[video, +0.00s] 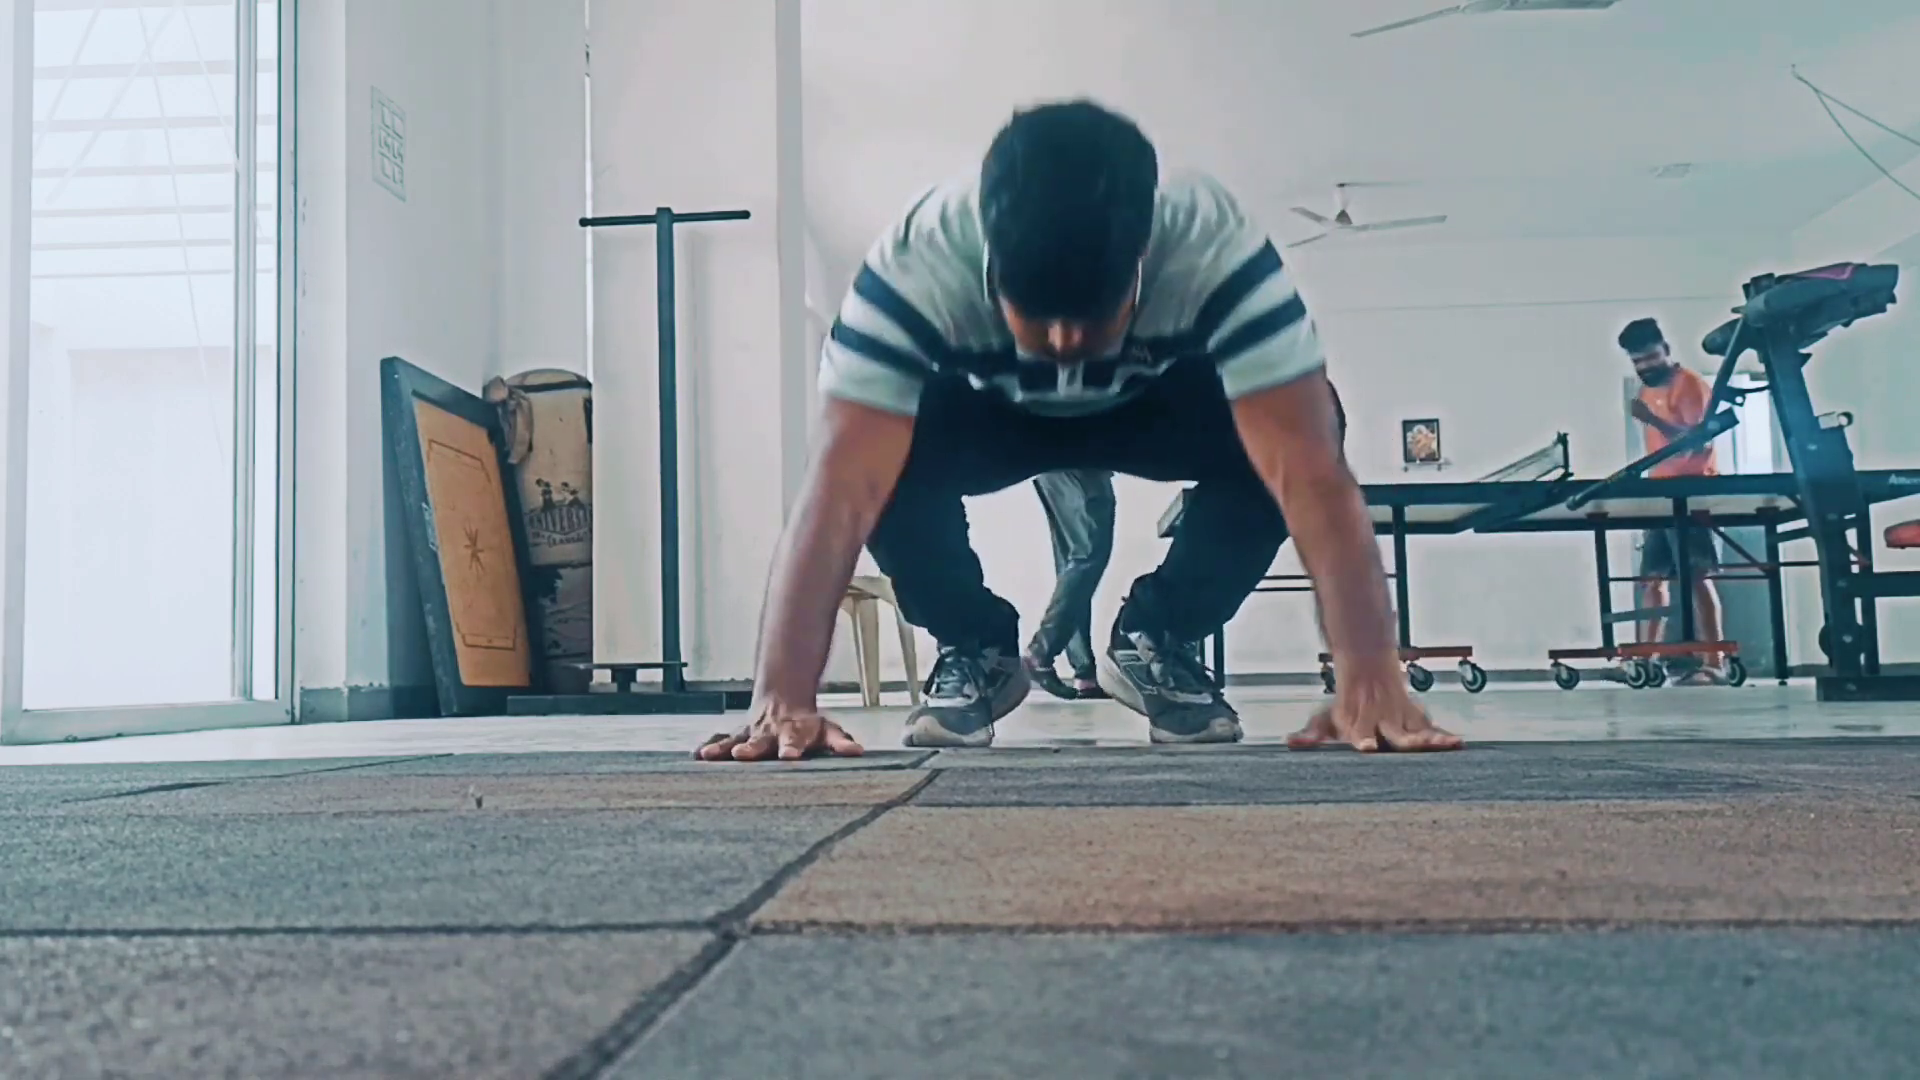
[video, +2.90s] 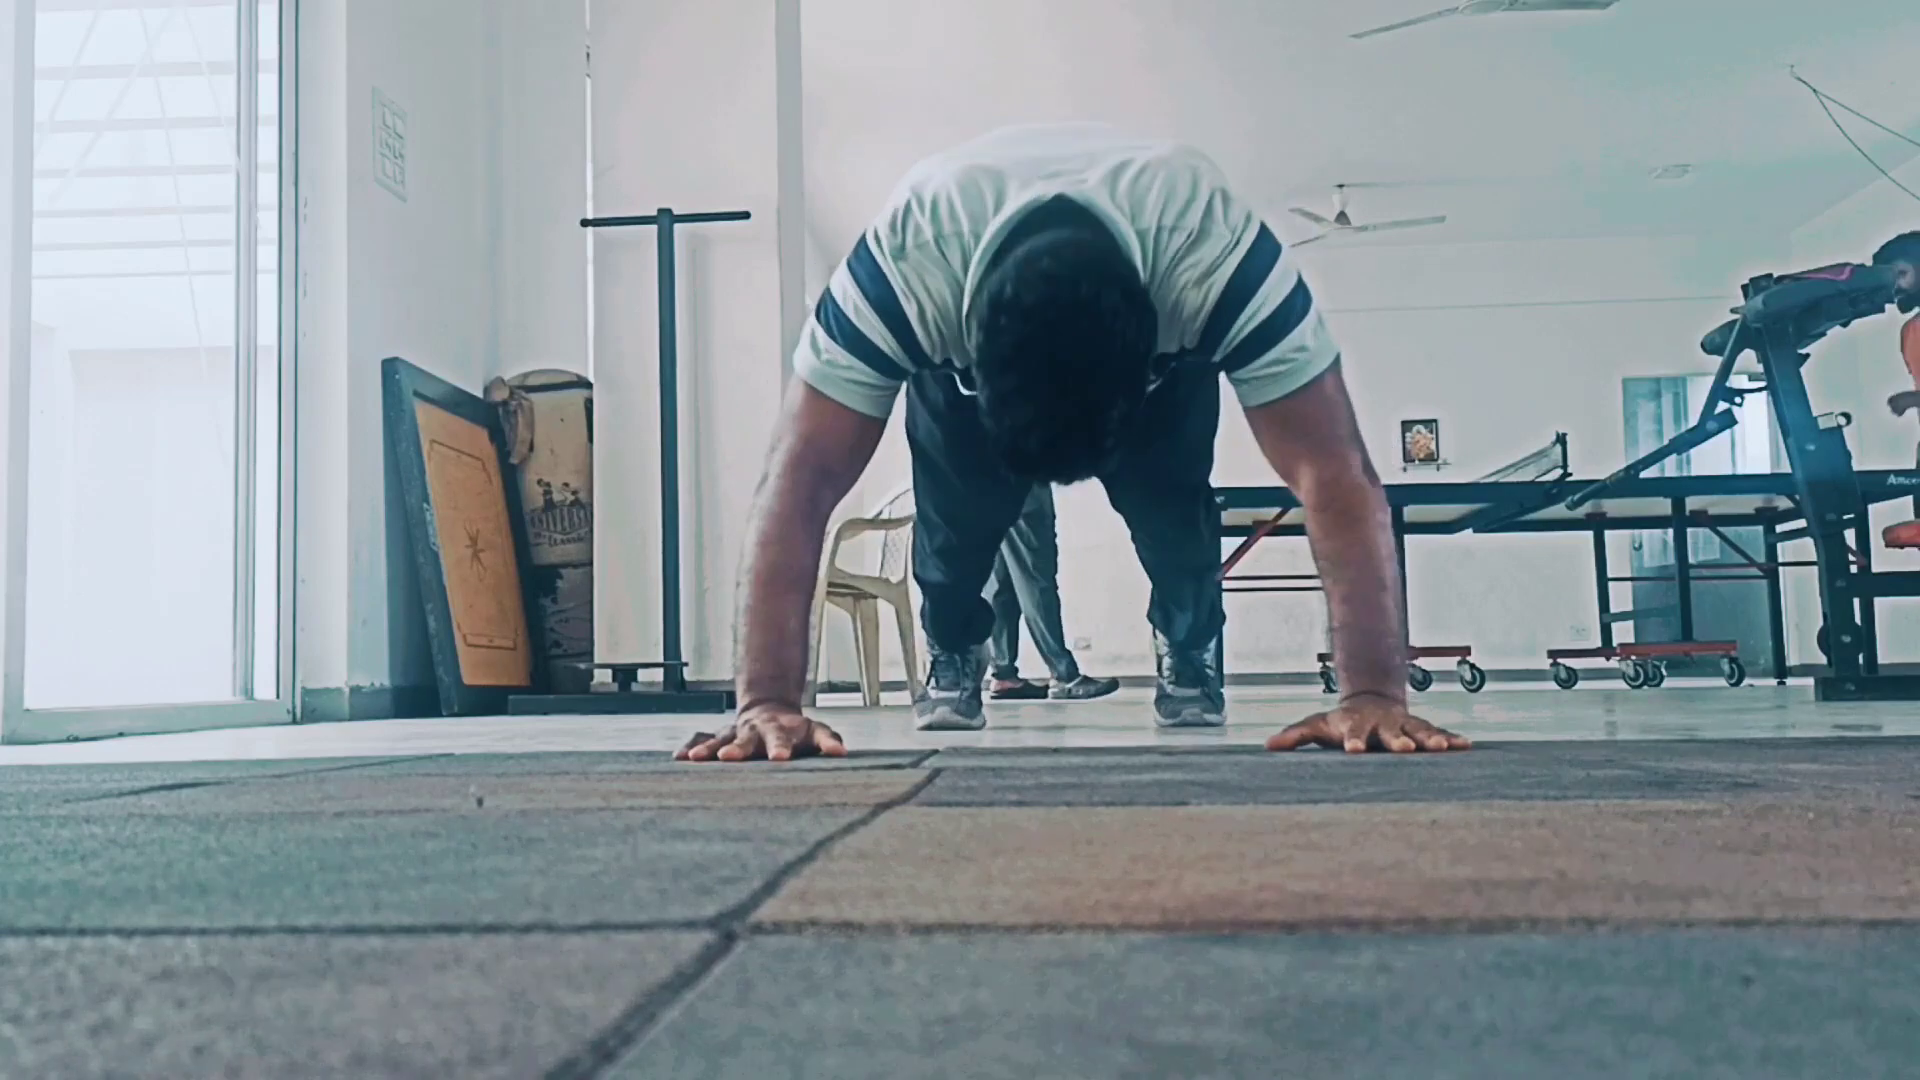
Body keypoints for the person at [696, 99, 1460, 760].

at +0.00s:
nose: (1063, 346)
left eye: (1095, 324)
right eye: (1037, 324)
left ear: (1144, 259)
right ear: (995, 258)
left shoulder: (1218, 247)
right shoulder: (919, 265)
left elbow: (1313, 473)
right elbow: (844, 488)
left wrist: (1370, 679)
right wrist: (784, 698)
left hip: (1151, 403)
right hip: (995, 412)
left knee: (1298, 435)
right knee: (882, 474)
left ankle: (1160, 638)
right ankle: (977, 644)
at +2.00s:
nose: (1058, 349)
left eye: (1090, 327)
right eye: (1029, 330)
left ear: (1139, 245)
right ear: (977, 244)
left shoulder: (1227, 235)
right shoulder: (900, 252)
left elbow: (1321, 476)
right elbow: (819, 476)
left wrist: (1372, 691)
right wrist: (772, 699)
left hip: (1158, 416)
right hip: (981, 421)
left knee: (1292, 494)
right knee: (851, 492)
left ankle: (1165, 626)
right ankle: (983, 638)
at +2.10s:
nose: (1060, 373)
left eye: (1086, 352)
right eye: (1025, 352)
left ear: (1144, 268)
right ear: (971, 257)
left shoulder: (1233, 229)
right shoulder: (896, 238)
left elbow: (1334, 460)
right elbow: (804, 469)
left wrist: (1375, 691)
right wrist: (771, 698)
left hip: (1157, 357)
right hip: (974, 363)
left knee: (1264, 477)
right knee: (868, 490)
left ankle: (1161, 629)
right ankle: (985, 642)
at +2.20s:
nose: (1077, 434)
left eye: (1098, 410)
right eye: (1048, 415)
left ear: (1150, 307)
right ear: (978, 293)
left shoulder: (1232, 220)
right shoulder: (898, 228)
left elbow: (1349, 456)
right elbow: (804, 462)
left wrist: (1375, 694)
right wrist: (771, 699)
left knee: (1253, 444)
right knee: (885, 456)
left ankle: (1167, 630)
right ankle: (980, 635)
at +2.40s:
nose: (1064, 448)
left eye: (1082, 429)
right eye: (1036, 427)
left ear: (1146, 319)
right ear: (965, 297)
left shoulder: (1239, 214)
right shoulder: (888, 226)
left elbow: (1360, 451)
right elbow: (789, 455)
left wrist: (1377, 696)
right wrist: (768, 700)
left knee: (1210, 499)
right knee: (930, 508)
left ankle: (1190, 573)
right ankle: (944, 609)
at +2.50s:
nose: (1064, 439)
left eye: (1097, 402)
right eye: (1023, 414)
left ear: (1151, 300)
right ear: (961, 284)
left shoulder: (1249, 216)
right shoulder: (880, 230)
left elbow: (1363, 454)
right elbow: (790, 461)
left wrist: (1379, 693)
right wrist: (766, 700)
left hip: (1169, 339)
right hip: (962, 350)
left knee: (1188, 541)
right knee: (965, 540)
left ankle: (1197, 647)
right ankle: (941, 643)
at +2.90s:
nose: (1060, 474)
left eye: (1086, 453)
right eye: (1039, 455)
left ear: (1145, 354)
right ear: (979, 343)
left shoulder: (1218, 253)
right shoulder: (909, 267)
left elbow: (1336, 474)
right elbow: (805, 476)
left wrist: (1374, 692)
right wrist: (771, 700)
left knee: (1170, 511)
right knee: (958, 525)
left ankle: (1191, 682)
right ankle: (955, 668)